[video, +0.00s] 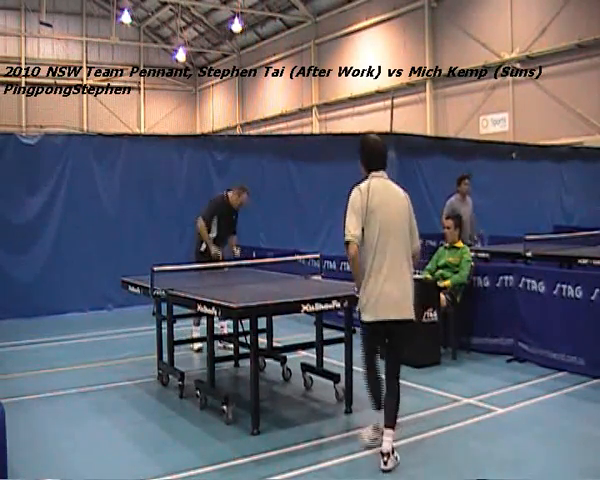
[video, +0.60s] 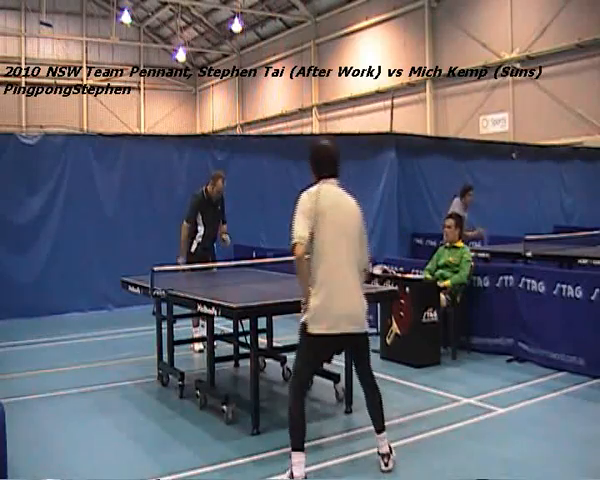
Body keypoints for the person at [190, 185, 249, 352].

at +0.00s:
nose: (242, 204)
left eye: (243, 201)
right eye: (242, 200)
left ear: (239, 197)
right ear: (235, 194)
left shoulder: (234, 210)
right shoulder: (218, 203)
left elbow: (231, 232)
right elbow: (201, 222)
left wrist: (234, 247)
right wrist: (210, 245)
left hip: (219, 254)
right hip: (204, 253)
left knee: (223, 290)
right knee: (201, 292)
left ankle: (223, 332)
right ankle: (196, 333)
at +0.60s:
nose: (219, 193)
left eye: (221, 190)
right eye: (217, 189)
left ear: (222, 189)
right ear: (209, 186)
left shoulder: (220, 199)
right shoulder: (197, 200)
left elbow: (222, 221)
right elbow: (186, 225)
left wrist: (224, 234)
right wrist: (182, 254)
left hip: (210, 249)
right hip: (194, 251)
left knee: (210, 287)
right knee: (195, 291)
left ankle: (207, 329)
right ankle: (196, 330)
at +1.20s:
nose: (219, 187)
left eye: (222, 183)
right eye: (216, 183)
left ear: (224, 183)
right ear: (209, 182)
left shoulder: (222, 201)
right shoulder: (199, 199)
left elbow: (226, 225)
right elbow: (182, 218)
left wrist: (226, 242)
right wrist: (192, 238)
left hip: (211, 250)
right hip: (198, 250)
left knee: (212, 292)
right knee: (200, 293)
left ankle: (208, 334)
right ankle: (202, 335)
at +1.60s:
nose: (219, 186)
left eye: (221, 183)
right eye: (216, 182)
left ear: (223, 182)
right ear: (209, 181)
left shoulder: (220, 196)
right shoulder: (201, 195)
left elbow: (229, 222)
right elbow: (204, 218)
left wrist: (230, 207)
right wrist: (224, 205)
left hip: (211, 248)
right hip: (198, 248)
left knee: (210, 289)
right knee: (201, 291)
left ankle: (204, 326)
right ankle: (202, 333)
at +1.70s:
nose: (221, 184)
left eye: (223, 181)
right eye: (218, 180)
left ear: (225, 180)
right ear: (211, 179)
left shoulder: (220, 194)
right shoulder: (203, 195)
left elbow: (228, 219)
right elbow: (209, 217)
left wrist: (233, 206)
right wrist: (228, 205)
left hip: (209, 250)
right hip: (199, 251)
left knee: (210, 292)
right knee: (203, 294)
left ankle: (203, 327)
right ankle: (203, 335)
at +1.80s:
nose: (223, 185)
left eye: (224, 182)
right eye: (220, 181)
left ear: (225, 182)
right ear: (212, 180)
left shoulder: (219, 196)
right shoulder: (205, 197)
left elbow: (222, 217)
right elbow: (214, 218)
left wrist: (230, 215)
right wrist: (231, 207)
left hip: (208, 249)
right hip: (199, 250)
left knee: (210, 291)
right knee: (204, 293)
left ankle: (204, 327)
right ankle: (203, 334)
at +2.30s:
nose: (224, 185)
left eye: (227, 182)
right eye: (223, 181)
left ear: (229, 184)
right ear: (216, 179)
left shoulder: (224, 200)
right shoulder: (205, 191)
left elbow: (223, 226)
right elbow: (184, 193)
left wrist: (223, 248)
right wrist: (183, 203)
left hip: (212, 248)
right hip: (198, 247)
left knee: (211, 283)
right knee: (197, 285)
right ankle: (194, 324)